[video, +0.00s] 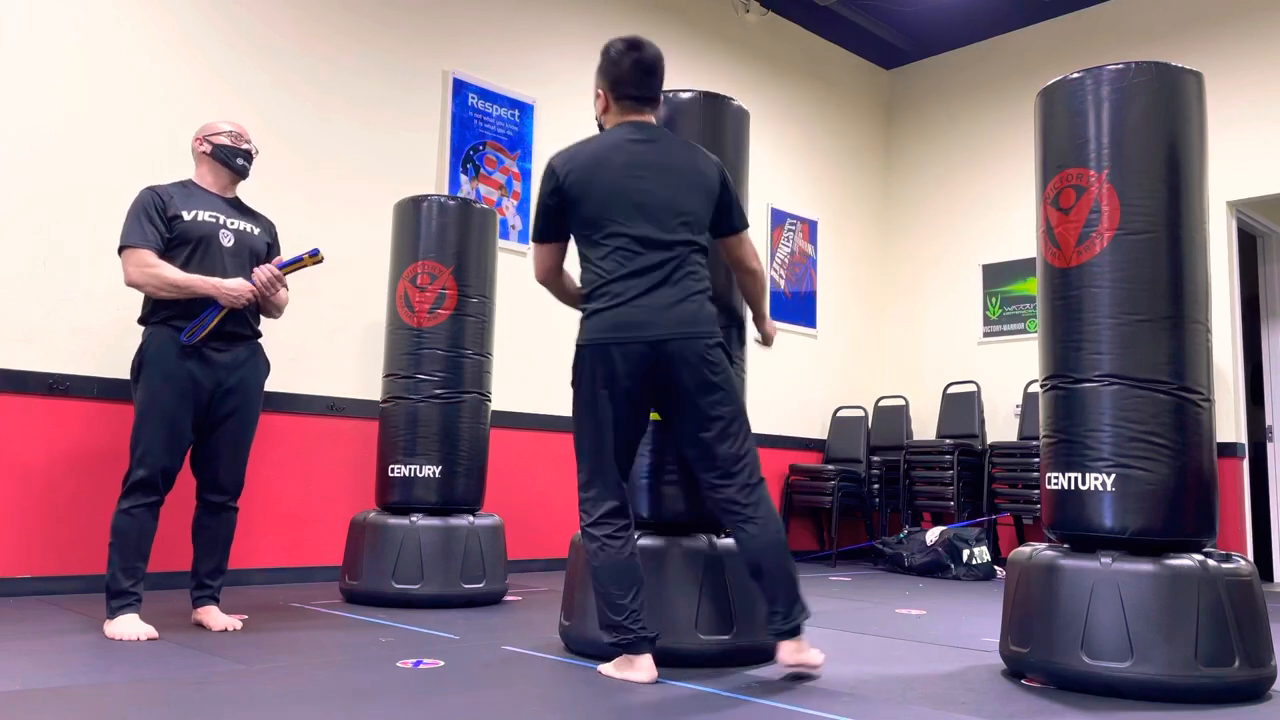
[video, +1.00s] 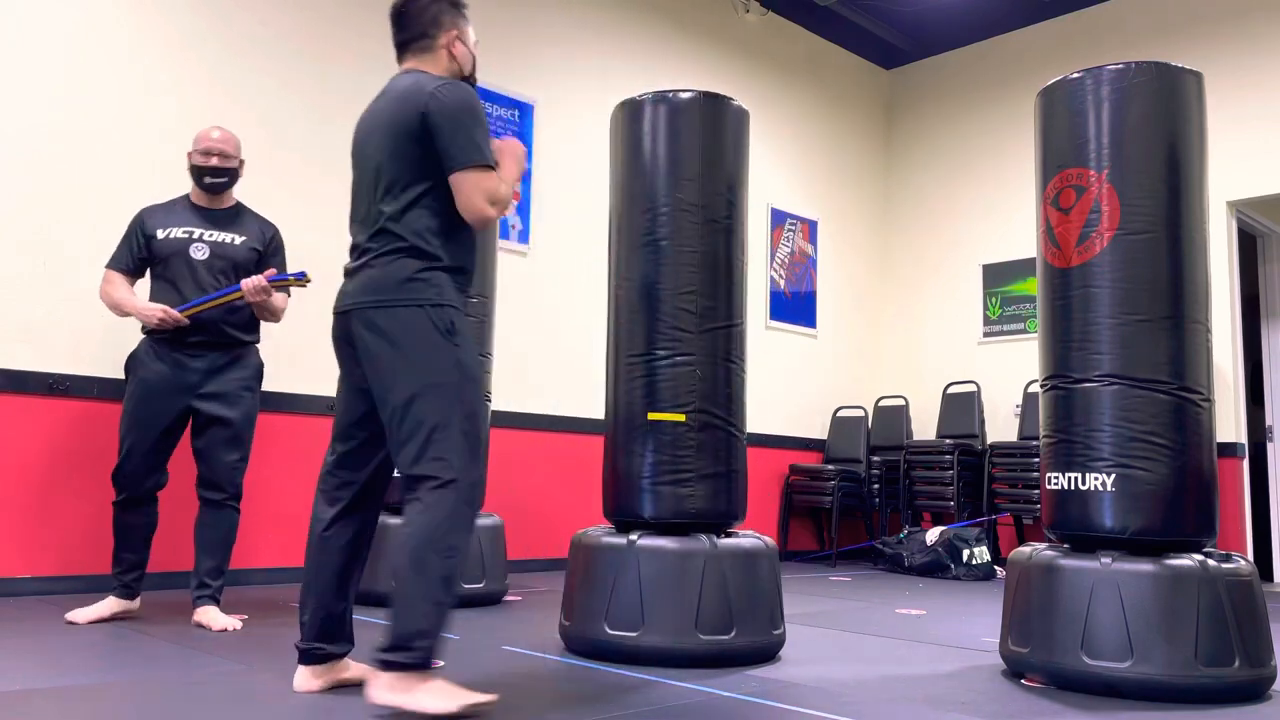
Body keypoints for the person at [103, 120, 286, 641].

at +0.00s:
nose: (246, 147)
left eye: (250, 143)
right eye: (234, 138)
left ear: (251, 162)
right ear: (201, 146)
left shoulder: (262, 227)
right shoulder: (160, 199)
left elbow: (277, 307)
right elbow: (137, 269)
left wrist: (271, 292)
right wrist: (215, 287)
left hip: (241, 362)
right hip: (173, 356)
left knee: (222, 490)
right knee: (147, 481)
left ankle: (206, 601)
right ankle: (124, 608)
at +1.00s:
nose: (213, 162)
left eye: (223, 156)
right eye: (205, 154)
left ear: (240, 165)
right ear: (189, 160)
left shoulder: (262, 233)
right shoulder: (153, 220)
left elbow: (277, 311)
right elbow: (111, 285)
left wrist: (262, 298)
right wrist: (139, 308)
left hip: (230, 372)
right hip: (160, 367)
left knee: (222, 487)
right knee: (134, 479)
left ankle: (207, 602)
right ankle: (124, 593)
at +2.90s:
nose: (208, 170)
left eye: (216, 166)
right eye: (199, 161)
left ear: (222, 180)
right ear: (173, 167)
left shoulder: (237, 237)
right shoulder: (130, 229)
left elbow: (260, 306)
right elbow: (102, 298)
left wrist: (209, 295)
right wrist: (142, 297)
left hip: (206, 371)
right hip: (139, 370)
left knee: (199, 485)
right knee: (130, 481)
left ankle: (189, 594)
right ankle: (126, 595)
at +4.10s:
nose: (225, 177)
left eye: (233, 174)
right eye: (216, 167)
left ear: (237, 189)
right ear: (190, 172)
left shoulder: (247, 245)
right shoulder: (144, 231)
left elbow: (263, 314)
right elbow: (112, 298)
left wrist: (220, 290)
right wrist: (150, 299)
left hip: (209, 377)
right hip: (142, 371)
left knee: (202, 483)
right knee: (107, 470)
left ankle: (189, 594)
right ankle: (86, 579)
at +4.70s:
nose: (142, 183)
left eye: (149, 178)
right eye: (132, 174)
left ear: (155, 190)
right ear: (108, 178)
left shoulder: (170, 248)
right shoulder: (64, 237)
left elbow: (186, 316)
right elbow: (32, 301)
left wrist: (140, 295)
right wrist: (72, 297)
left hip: (139, 382)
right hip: (73, 379)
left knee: (146, 481)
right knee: (70, 484)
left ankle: (152, 588)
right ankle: (70, 587)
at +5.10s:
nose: (121, 182)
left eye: (128, 178)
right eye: (111, 173)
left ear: (134, 189)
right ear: (85, 179)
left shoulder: (151, 245)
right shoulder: (44, 239)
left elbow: (172, 311)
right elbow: (15, 305)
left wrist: (126, 292)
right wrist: (51, 303)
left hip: (124, 381)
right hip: (58, 380)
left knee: (126, 481)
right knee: (63, 484)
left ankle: (130, 589)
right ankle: (70, 586)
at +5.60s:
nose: (106, 183)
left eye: (112, 178)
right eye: (95, 174)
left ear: (119, 189)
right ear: (69, 180)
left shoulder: (136, 245)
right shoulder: (28, 241)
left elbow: (157, 311)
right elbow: (3, 307)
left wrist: (111, 290)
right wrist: (37, 303)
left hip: (110, 378)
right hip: (45, 378)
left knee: (113, 479)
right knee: (56, 482)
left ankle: (116, 587)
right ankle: (69, 586)